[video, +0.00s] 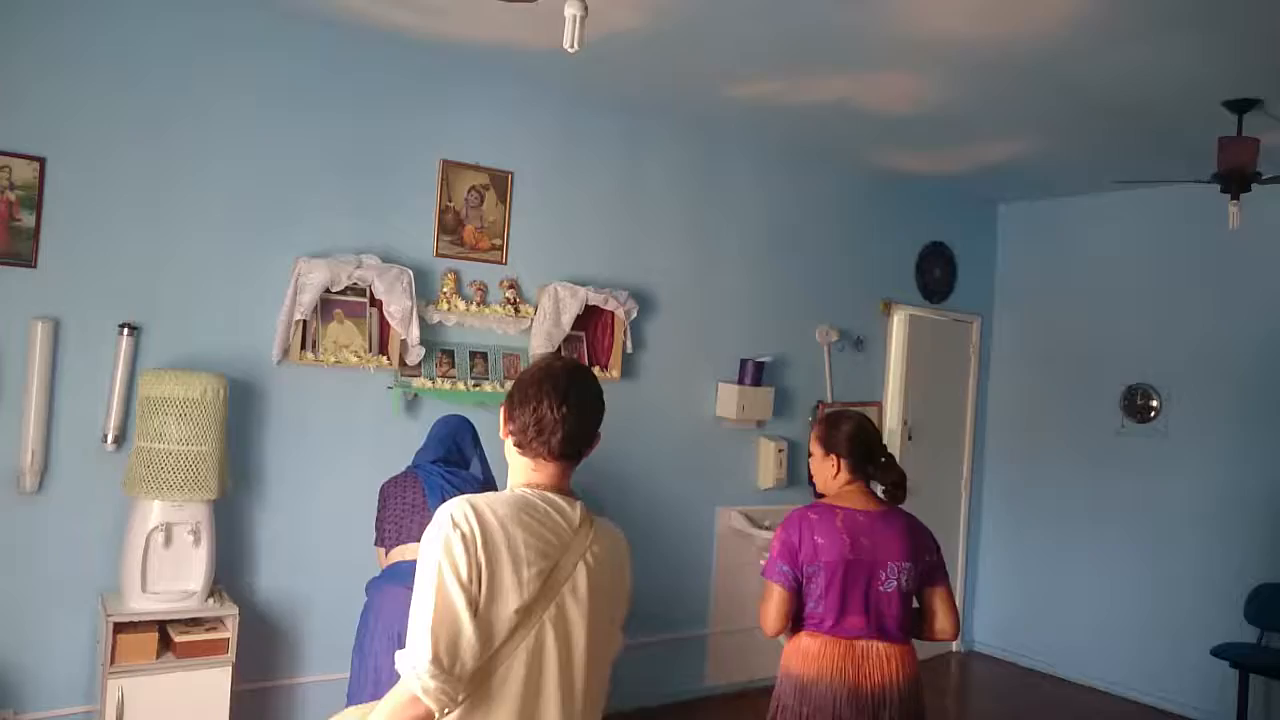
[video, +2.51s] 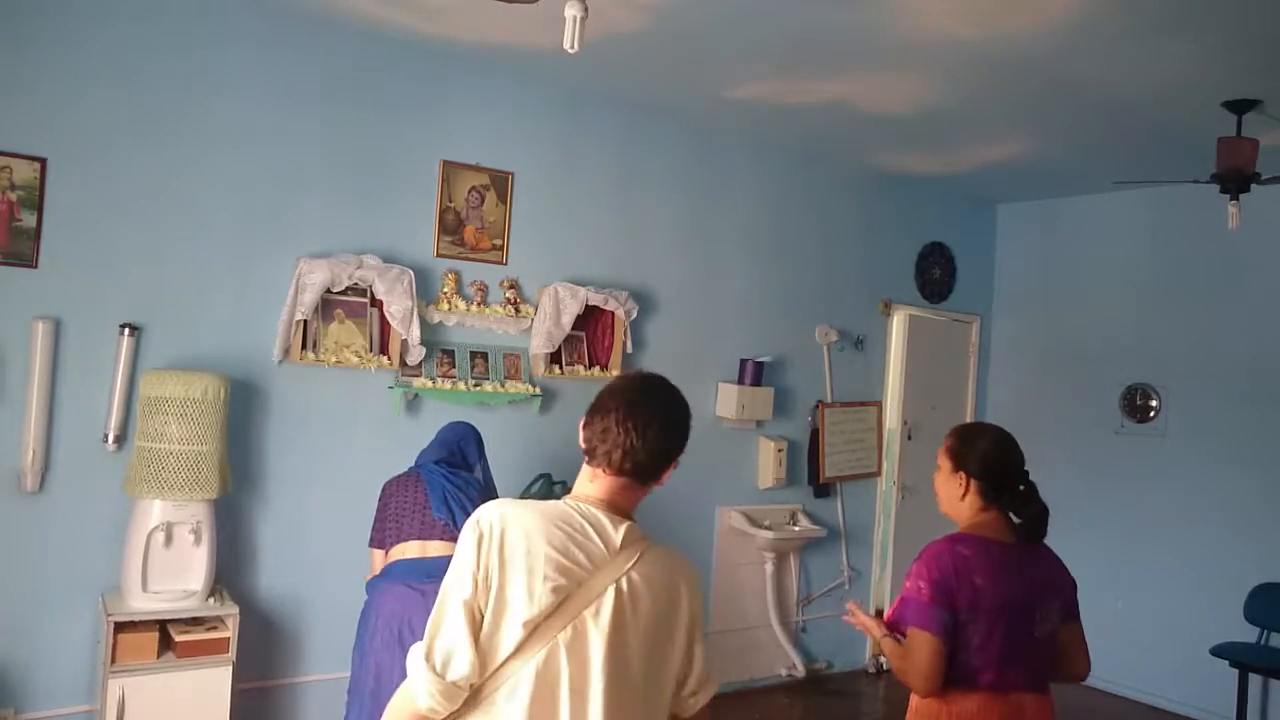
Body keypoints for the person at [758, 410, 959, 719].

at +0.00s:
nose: (809, 467)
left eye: (812, 457)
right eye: (809, 457)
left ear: (835, 464)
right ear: (870, 462)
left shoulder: (801, 524)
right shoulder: (913, 530)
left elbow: (773, 624)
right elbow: (945, 626)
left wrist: (803, 610)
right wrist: (888, 614)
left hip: (816, 680)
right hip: (892, 681)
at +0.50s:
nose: (851, 473)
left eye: (854, 463)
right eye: (851, 463)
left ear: (876, 473)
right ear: (912, 465)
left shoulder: (846, 538)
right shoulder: (965, 535)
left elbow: (827, 639)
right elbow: (1000, 629)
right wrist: (940, 618)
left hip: (869, 696)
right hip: (952, 695)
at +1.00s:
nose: (926, 472)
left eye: (932, 464)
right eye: (929, 463)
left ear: (959, 477)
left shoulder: (949, 546)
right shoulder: (1033, 539)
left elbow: (947, 654)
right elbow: (1061, 628)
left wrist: (897, 620)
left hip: (968, 688)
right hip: (1033, 682)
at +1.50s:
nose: (939, 473)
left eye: (949, 465)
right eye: (944, 464)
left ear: (978, 479)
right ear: (979, 480)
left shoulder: (982, 550)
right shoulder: (1031, 539)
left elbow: (985, 664)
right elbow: (1050, 634)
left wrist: (913, 632)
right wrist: (941, 620)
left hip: (983, 699)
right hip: (1037, 687)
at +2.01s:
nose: (942, 471)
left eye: (951, 461)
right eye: (947, 461)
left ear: (978, 473)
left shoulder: (965, 550)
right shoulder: (1040, 547)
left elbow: (953, 665)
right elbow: (1060, 650)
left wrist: (895, 626)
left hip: (962, 701)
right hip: (1028, 695)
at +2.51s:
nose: (934, 479)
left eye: (938, 469)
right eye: (936, 469)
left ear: (962, 482)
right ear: (1006, 481)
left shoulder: (941, 559)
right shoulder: (1047, 562)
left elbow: (924, 678)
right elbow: (1075, 666)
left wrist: (881, 637)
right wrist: (1003, 654)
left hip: (951, 707)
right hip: (1031, 706)